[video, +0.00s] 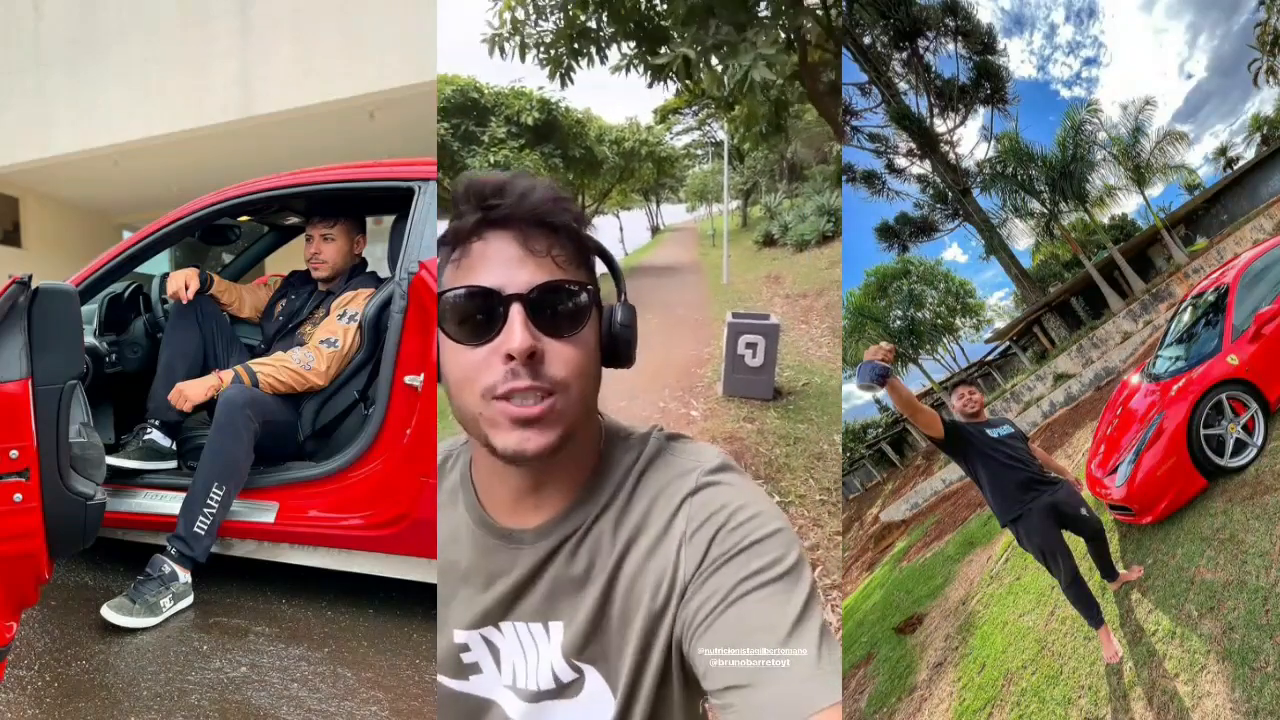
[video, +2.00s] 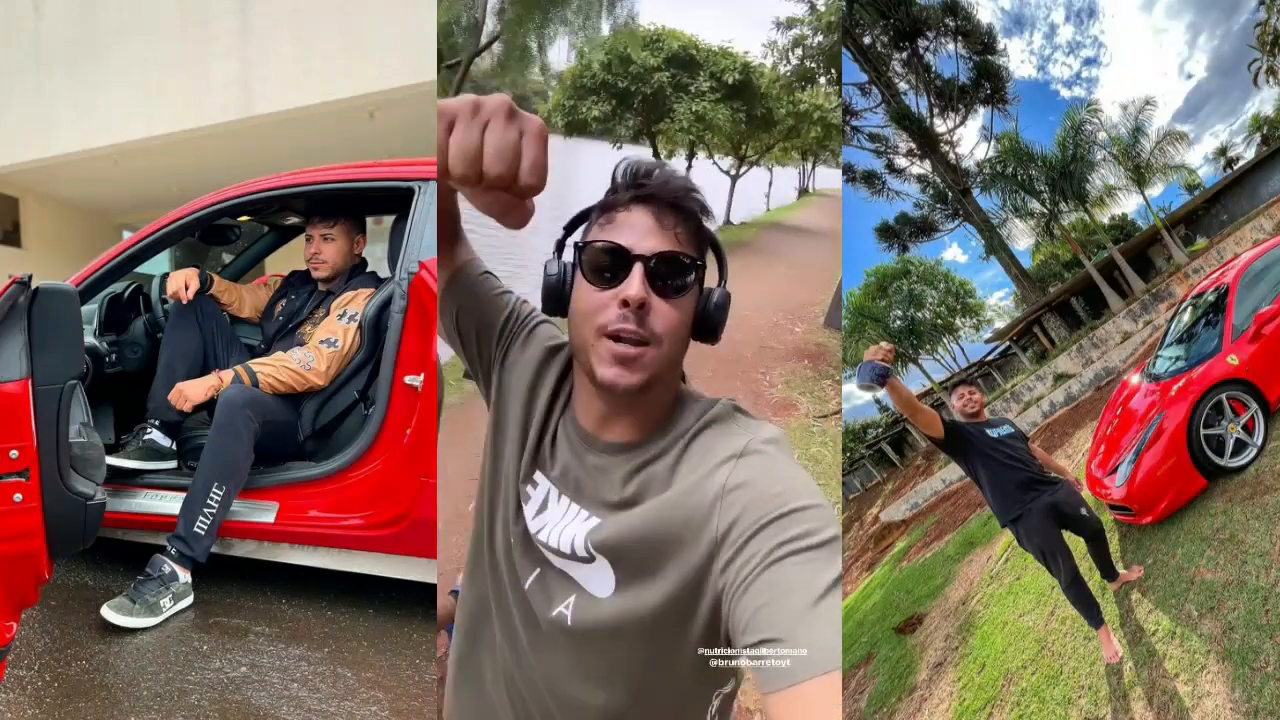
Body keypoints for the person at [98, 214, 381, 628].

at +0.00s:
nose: (314, 249)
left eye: (328, 239)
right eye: (310, 239)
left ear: (358, 245)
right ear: (305, 244)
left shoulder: (362, 296)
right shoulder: (291, 286)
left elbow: (315, 367)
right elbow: (244, 299)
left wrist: (220, 380)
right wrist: (201, 279)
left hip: (314, 412)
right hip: (262, 386)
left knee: (239, 402)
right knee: (196, 302)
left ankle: (177, 567)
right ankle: (161, 433)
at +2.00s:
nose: (314, 249)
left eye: (328, 239)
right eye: (310, 239)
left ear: (359, 245)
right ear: (305, 244)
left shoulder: (362, 297)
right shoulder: (291, 286)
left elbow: (315, 367)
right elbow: (243, 299)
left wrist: (220, 380)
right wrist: (201, 278)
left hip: (314, 411)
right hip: (261, 386)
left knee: (239, 402)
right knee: (195, 302)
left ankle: (177, 567)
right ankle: (160, 433)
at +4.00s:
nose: (315, 249)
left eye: (328, 239)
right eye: (310, 239)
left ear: (358, 245)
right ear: (304, 244)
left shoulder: (361, 297)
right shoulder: (292, 286)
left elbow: (315, 366)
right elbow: (243, 299)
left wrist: (219, 381)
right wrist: (203, 279)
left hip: (315, 411)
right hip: (265, 389)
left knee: (239, 402)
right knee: (196, 303)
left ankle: (177, 568)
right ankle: (161, 433)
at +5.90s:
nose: (314, 249)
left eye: (327, 239)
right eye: (310, 239)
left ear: (358, 245)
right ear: (304, 244)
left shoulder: (362, 297)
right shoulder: (292, 286)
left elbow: (315, 366)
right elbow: (243, 299)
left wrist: (220, 380)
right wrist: (202, 279)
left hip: (317, 411)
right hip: (266, 390)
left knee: (239, 402)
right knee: (196, 303)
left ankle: (177, 568)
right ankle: (161, 432)